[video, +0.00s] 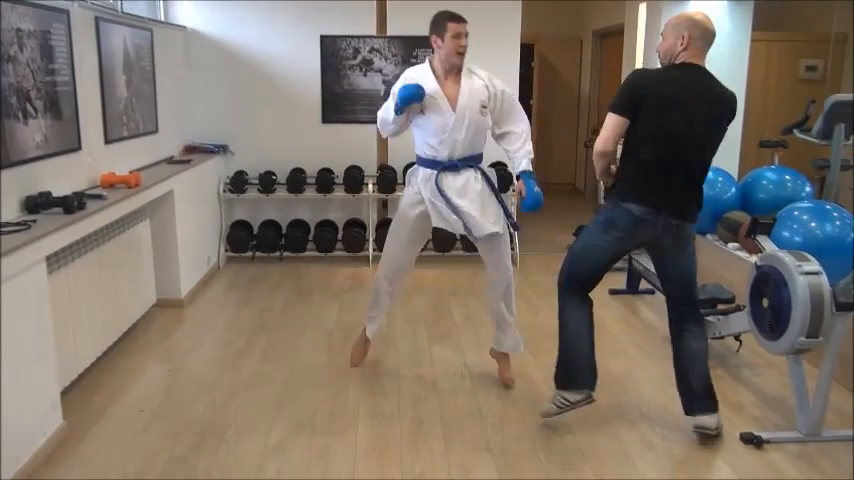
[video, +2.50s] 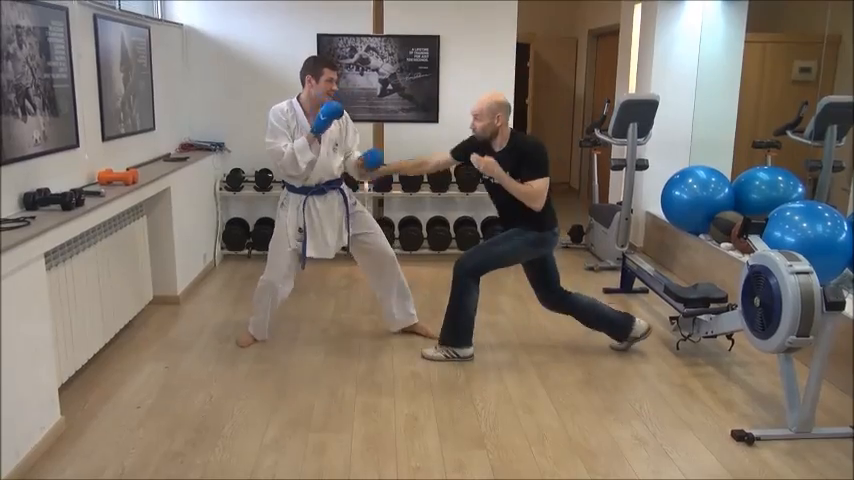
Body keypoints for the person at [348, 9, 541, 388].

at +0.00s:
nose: (464, 44)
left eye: (466, 37)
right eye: (457, 37)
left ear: (467, 41)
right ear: (436, 41)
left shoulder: (486, 85)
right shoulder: (413, 80)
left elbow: (514, 129)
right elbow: (386, 128)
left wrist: (524, 174)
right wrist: (398, 107)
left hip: (474, 184)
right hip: (425, 184)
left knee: (502, 269)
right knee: (392, 264)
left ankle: (503, 348)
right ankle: (368, 331)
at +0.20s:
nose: (429, 73)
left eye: (433, 67)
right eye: (422, 66)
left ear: (437, 73)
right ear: (404, 72)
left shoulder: (451, 110)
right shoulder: (391, 113)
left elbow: (481, 155)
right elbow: (380, 168)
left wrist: (508, 203)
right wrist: (388, 159)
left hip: (449, 206)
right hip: (406, 208)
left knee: (479, 288)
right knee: (386, 275)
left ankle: (492, 359)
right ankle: (375, 328)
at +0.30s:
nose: (419, 50)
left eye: (422, 45)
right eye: (411, 44)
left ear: (424, 51)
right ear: (392, 49)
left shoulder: (436, 89)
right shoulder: (373, 89)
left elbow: (455, 141)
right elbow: (359, 137)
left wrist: (474, 188)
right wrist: (379, 137)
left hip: (429, 186)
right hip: (384, 186)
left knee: (459, 266)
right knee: (367, 259)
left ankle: (488, 350)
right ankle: (368, 323)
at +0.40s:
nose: (403, 33)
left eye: (407, 27)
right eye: (397, 26)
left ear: (409, 33)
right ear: (378, 30)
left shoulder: (422, 72)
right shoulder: (355, 71)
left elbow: (438, 126)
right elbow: (336, 117)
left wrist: (447, 161)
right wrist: (364, 114)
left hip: (414, 170)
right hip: (368, 169)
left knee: (440, 248)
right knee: (348, 245)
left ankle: (454, 324)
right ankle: (338, 312)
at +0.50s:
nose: (387, 36)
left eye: (390, 31)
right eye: (380, 29)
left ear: (394, 36)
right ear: (361, 32)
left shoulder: (407, 75)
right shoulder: (338, 72)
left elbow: (425, 122)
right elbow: (317, 117)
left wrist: (430, 154)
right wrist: (351, 106)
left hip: (398, 170)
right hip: (351, 170)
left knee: (423, 248)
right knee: (331, 245)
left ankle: (412, 316)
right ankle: (318, 312)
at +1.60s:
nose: (370, 63)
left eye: (371, 57)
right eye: (365, 56)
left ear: (359, 59)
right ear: (345, 56)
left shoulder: (372, 94)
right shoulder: (314, 90)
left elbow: (383, 141)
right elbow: (322, 142)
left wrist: (403, 150)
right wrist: (350, 103)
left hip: (371, 179)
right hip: (330, 181)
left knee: (407, 245)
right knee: (303, 252)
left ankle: (431, 315)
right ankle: (276, 311)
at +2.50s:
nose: (334, 88)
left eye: (336, 83)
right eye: (329, 82)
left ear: (335, 85)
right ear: (309, 81)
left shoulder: (339, 117)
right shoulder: (281, 114)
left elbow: (351, 163)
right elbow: (284, 164)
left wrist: (364, 165)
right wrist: (314, 133)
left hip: (338, 197)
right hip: (297, 201)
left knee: (383, 255)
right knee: (275, 276)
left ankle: (405, 320)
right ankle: (257, 329)